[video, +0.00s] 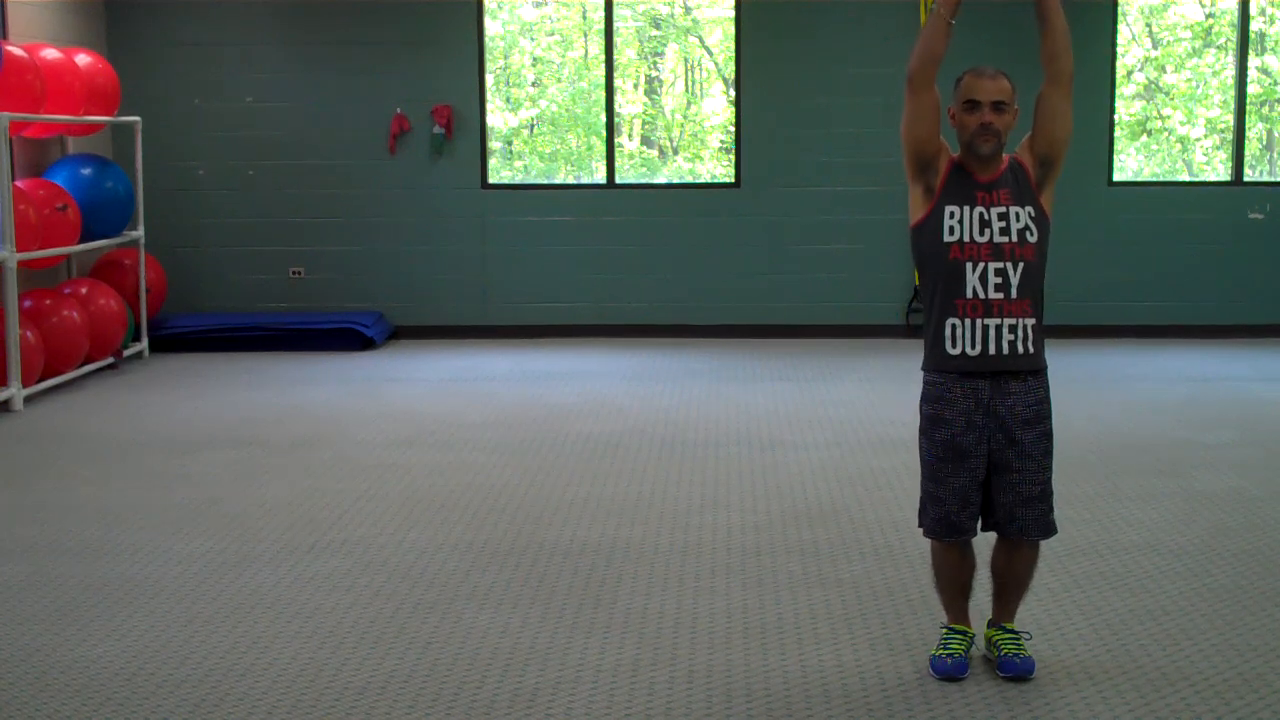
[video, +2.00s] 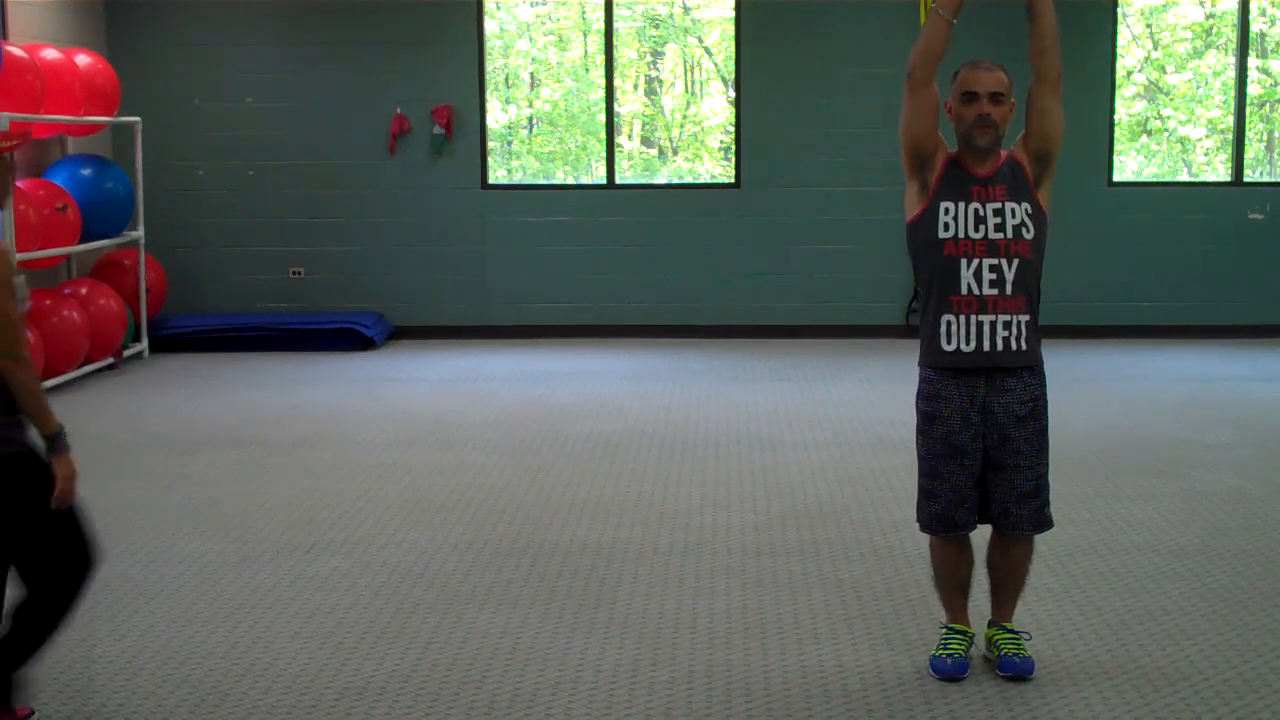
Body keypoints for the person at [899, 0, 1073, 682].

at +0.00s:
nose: (985, 118)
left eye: (998, 108)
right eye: (972, 106)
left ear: (1014, 118)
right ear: (952, 116)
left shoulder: (1034, 176)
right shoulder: (930, 177)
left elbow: (1060, 76)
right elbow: (918, 79)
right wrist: (947, 5)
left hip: (1022, 387)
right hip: (951, 387)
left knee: (1023, 522)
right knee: (949, 523)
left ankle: (1004, 628)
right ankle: (956, 629)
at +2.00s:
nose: (983, 108)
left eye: (995, 98)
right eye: (970, 98)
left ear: (1012, 109)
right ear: (949, 109)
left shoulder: (1031, 172)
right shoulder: (927, 173)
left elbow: (1049, 75)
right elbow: (919, 76)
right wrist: (946, 7)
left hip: (1017, 381)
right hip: (947, 382)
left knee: (1017, 518)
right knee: (948, 520)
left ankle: (1004, 628)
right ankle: (954, 628)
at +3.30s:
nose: (965, 126)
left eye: (978, 116)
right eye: (953, 115)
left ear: (996, 132)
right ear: (935, 131)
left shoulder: (1020, 189)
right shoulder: (918, 190)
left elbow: (1050, 95)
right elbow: (887, 101)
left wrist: (1028, 6)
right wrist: (915, 16)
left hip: (1014, 403)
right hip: (937, 403)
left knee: (1024, 540)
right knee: (932, 527)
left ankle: (995, 629)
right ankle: (920, 616)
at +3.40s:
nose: (945, 125)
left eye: (960, 112)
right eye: (937, 113)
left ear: (991, 121)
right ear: (925, 124)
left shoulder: (1013, 181)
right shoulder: (911, 178)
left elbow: (1037, 83)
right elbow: (867, 94)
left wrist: (1025, 3)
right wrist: (828, 18)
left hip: (1003, 398)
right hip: (923, 394)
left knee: (1019, 531)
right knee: (880, 514)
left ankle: (993, 630)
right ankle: (833, 617)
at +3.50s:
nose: (921, 117)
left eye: (936, 106)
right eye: (915, 107)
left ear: (974, 116)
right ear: (911, 117)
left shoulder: (1003, 171)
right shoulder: (895, 169)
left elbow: (1026, 77)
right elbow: (822, 105)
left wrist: (1016, 1)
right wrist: (756, 53)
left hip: (984, 394)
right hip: (902, 390)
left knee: (1004, 525)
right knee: (840, 504)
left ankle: (992, 631)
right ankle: (769, 609)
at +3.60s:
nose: (903, 117)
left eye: (919, 106)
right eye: (901, 106)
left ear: (960, 118)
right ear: (899, 116)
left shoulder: (987, 178)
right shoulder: (877, 172)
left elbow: (1014, 79)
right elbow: (793, 140)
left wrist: (1007, 2)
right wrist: (715, 119)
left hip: (960, 395)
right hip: (878, 392)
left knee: (997, 524)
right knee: (814, 510)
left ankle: (991, 629)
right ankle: (756, 615)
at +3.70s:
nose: (890, 120)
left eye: (906, 110)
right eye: (888, 110)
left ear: (947, 121)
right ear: (888, 120)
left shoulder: (976, 182)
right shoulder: (859, 178)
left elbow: (1009, 88)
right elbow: (772, 181)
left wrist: (1001, 4)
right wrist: (692, 199)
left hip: (947, 397)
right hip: (863, 395)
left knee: (999, 524)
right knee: (801, 513)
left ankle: (994, 623)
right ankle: (750, 617)